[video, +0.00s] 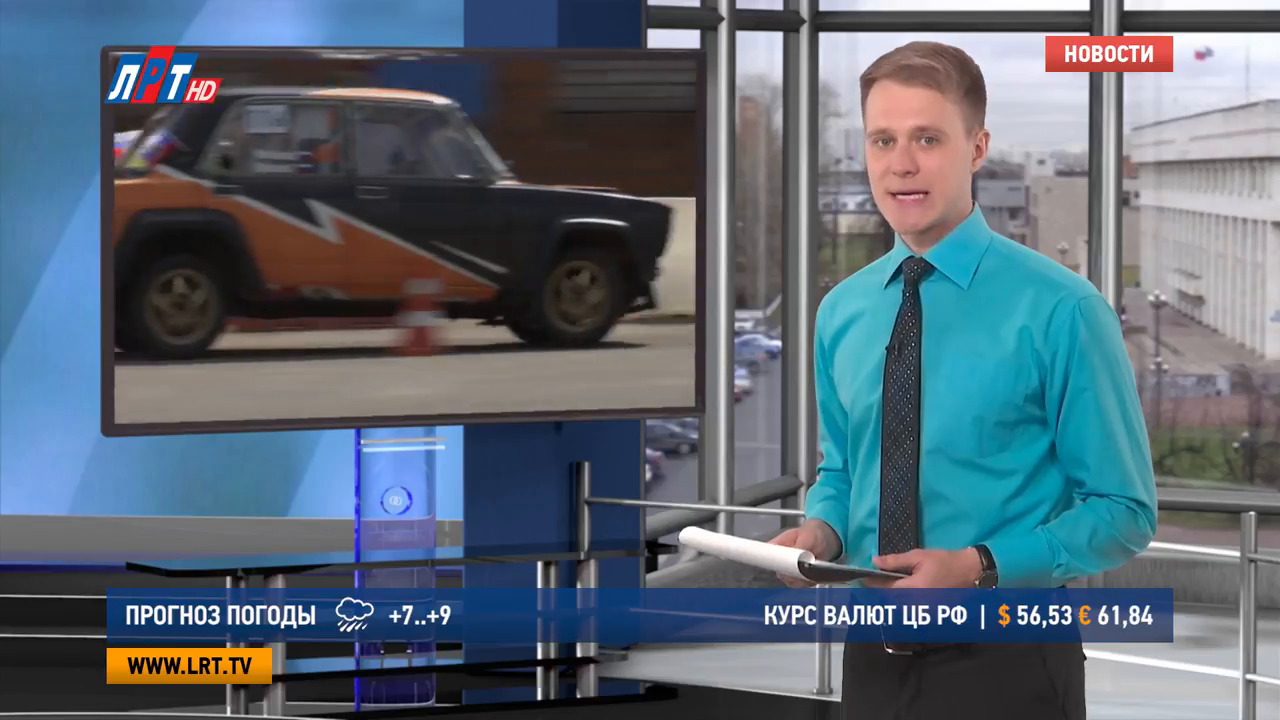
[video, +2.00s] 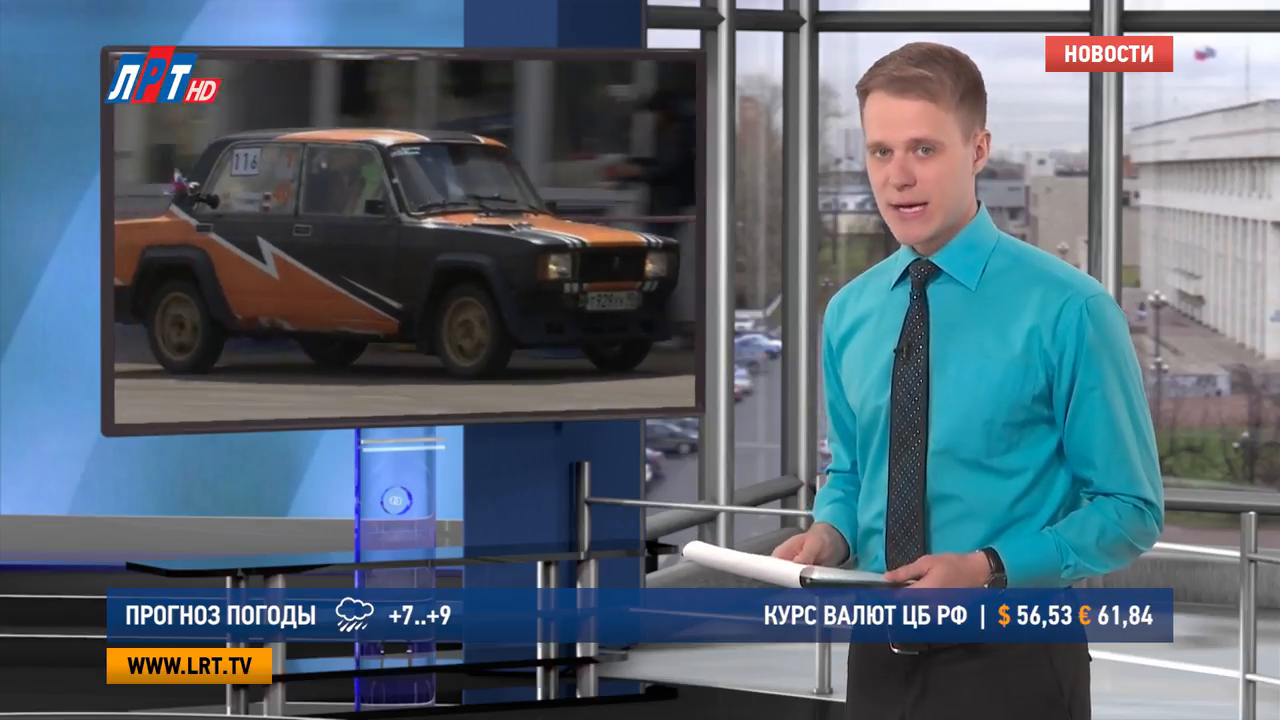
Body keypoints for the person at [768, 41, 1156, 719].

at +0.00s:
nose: (902, 163)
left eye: (928, 139)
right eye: (883, 140)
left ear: (977, 148)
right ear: (865, 152)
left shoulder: (1060, 308)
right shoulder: (841, 311)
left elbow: (1125, 508)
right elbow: (839, 472)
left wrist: (980, 565)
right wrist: (818, 532)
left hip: (1006, 662)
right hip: (874, 661)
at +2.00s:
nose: (899, 175)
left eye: (924, 149)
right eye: (881, 152)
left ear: (978, 150)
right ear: (864, 158)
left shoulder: (1069, 308)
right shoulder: (849, 312)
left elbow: (1131, 508)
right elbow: (848, 475)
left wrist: (990, 567)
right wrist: (823, 538)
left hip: (1012, 661)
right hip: (880, 659)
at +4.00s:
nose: (917, 159)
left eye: (941, 135)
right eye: (896, 136)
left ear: (983, 147)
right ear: (870, 149)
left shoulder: (1061, 310)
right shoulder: (835, 311)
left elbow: (1122, 511)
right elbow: (830, 472)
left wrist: (981, 567)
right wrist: (811, 533)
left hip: (1002, 663)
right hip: (867, 661)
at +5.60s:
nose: (934, 158)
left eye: (959, 136)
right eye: (914, 135)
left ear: (995, 150)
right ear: (884, 147)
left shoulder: (1070, 311)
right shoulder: (845, 309)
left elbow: (1128, 511)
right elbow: (836, 470)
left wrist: (989, 565)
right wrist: (820, 528)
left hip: (1006, 660)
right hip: (873, 658)